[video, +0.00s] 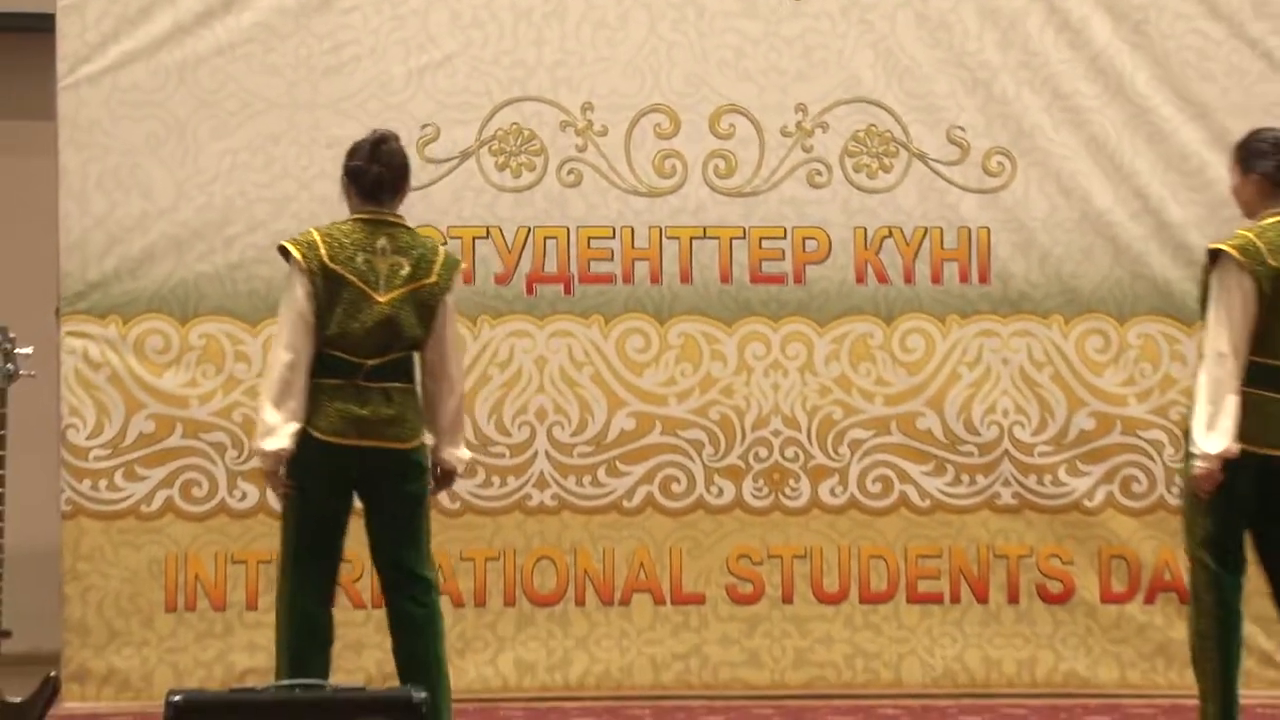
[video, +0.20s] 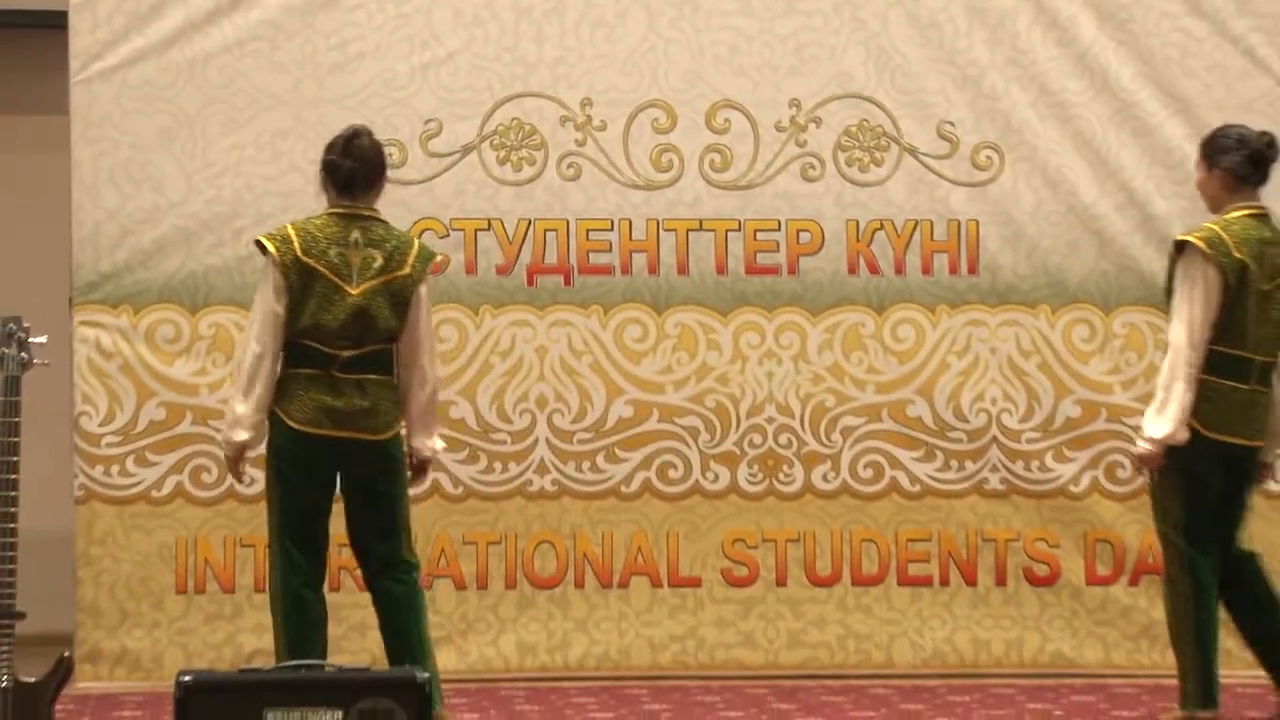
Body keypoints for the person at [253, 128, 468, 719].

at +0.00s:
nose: (363, 190)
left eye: (350, 180)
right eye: (390, 183)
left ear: (346, 185)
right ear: (405, 188)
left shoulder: (314, 252)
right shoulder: (433, 259)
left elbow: (292, 352)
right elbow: (444, 362)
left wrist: (277, 438)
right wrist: (449, 445)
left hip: (322, 444)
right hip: (399, 448)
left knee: (306, 584)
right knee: (412, 584)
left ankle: (300, 718)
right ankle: (430, 714)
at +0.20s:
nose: (360, 188)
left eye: (334, 176)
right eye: (374, 179)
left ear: (324, 180)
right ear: (382, 184)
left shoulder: (289, 247)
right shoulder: (409, 255)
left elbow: (263, 348)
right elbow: (417, 355)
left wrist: (241, 429)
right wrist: (422, 436)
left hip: (301, 431)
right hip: (376, 435)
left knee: (298, 567)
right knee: (392, 566)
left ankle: (302, 702)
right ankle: (421, 698)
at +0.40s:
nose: (356, 180)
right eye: (365, 172)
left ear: (313, 176)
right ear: (369, 177)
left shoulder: (279, 242)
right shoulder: (396, 245)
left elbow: (259, 342)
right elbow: (408, 345)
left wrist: (243, 424)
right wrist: (412, 427)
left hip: (300, 428)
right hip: (372, 429)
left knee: (302, 554)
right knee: (371, 553)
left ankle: (309, 681)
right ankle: (366, 679)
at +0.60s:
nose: (373, 178)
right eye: (372, 170)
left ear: (317, 173)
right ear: (370, 173)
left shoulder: (279, 238)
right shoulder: (393, 237)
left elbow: (271, 335)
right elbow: (411, 331)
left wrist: (270, 413)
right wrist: (426, 408)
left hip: (308, 417)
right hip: (382, 416)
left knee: (312, 539)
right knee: (409, 528)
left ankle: (314, 665)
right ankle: (405, 658)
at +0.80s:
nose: (381, 181)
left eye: (373, 173)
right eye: (380, 174)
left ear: (323, 176)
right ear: (375, 177)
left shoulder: (287, 240)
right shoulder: (396, 236)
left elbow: (282, 334)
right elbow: (416, 329)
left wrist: (285, 412)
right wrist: (435, 404)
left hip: (322, 411)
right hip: (394, 407)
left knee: (323, 535)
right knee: (423, 532)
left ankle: (315, 659)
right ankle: (428, 658)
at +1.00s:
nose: (394, 182)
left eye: (382, 175)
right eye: (394, 175)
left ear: (340, 181)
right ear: (390, 180)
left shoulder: (310, 243)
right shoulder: (418, 236)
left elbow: (300, 336)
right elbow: (435, 329)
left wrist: (296, 410)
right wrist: (455, 403)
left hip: (345, 410)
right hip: (412, 408)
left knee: (336, 528)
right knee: (419, 532)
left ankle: (317, 648)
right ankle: (416, 652)